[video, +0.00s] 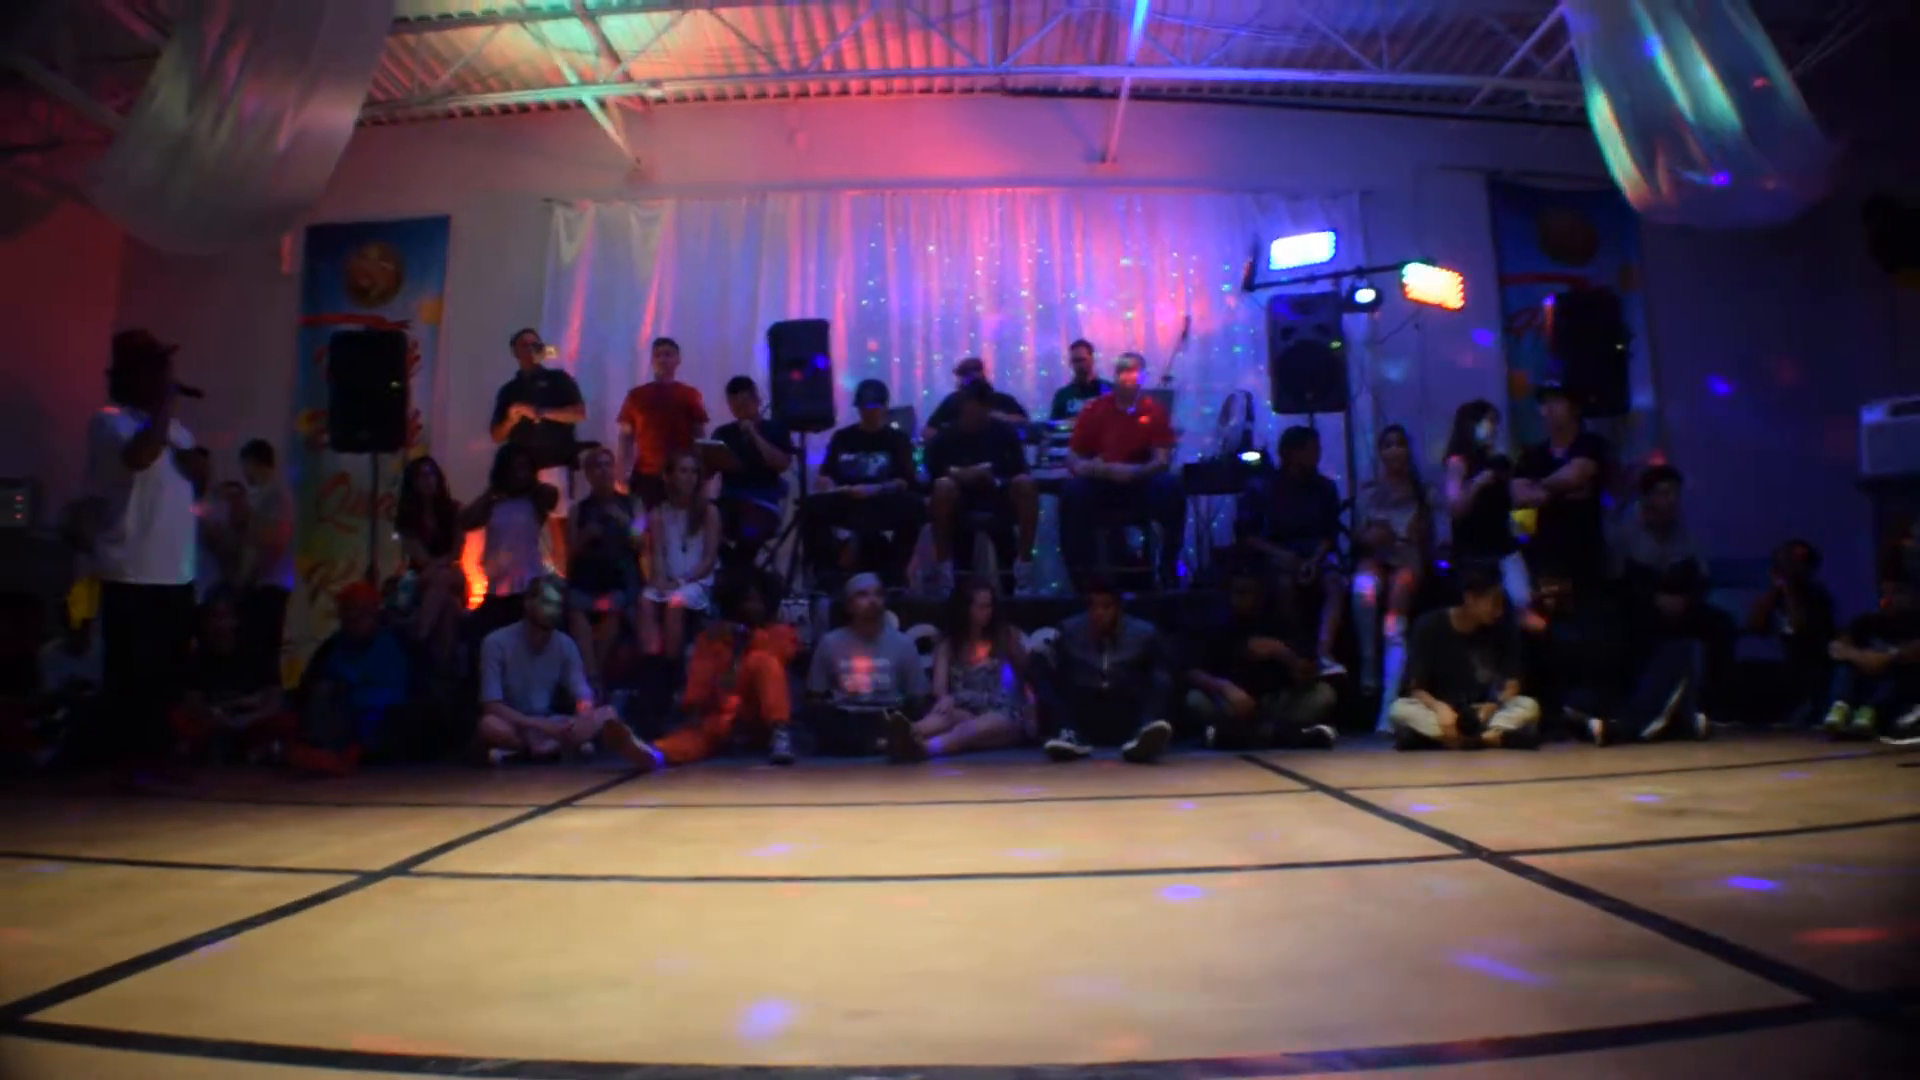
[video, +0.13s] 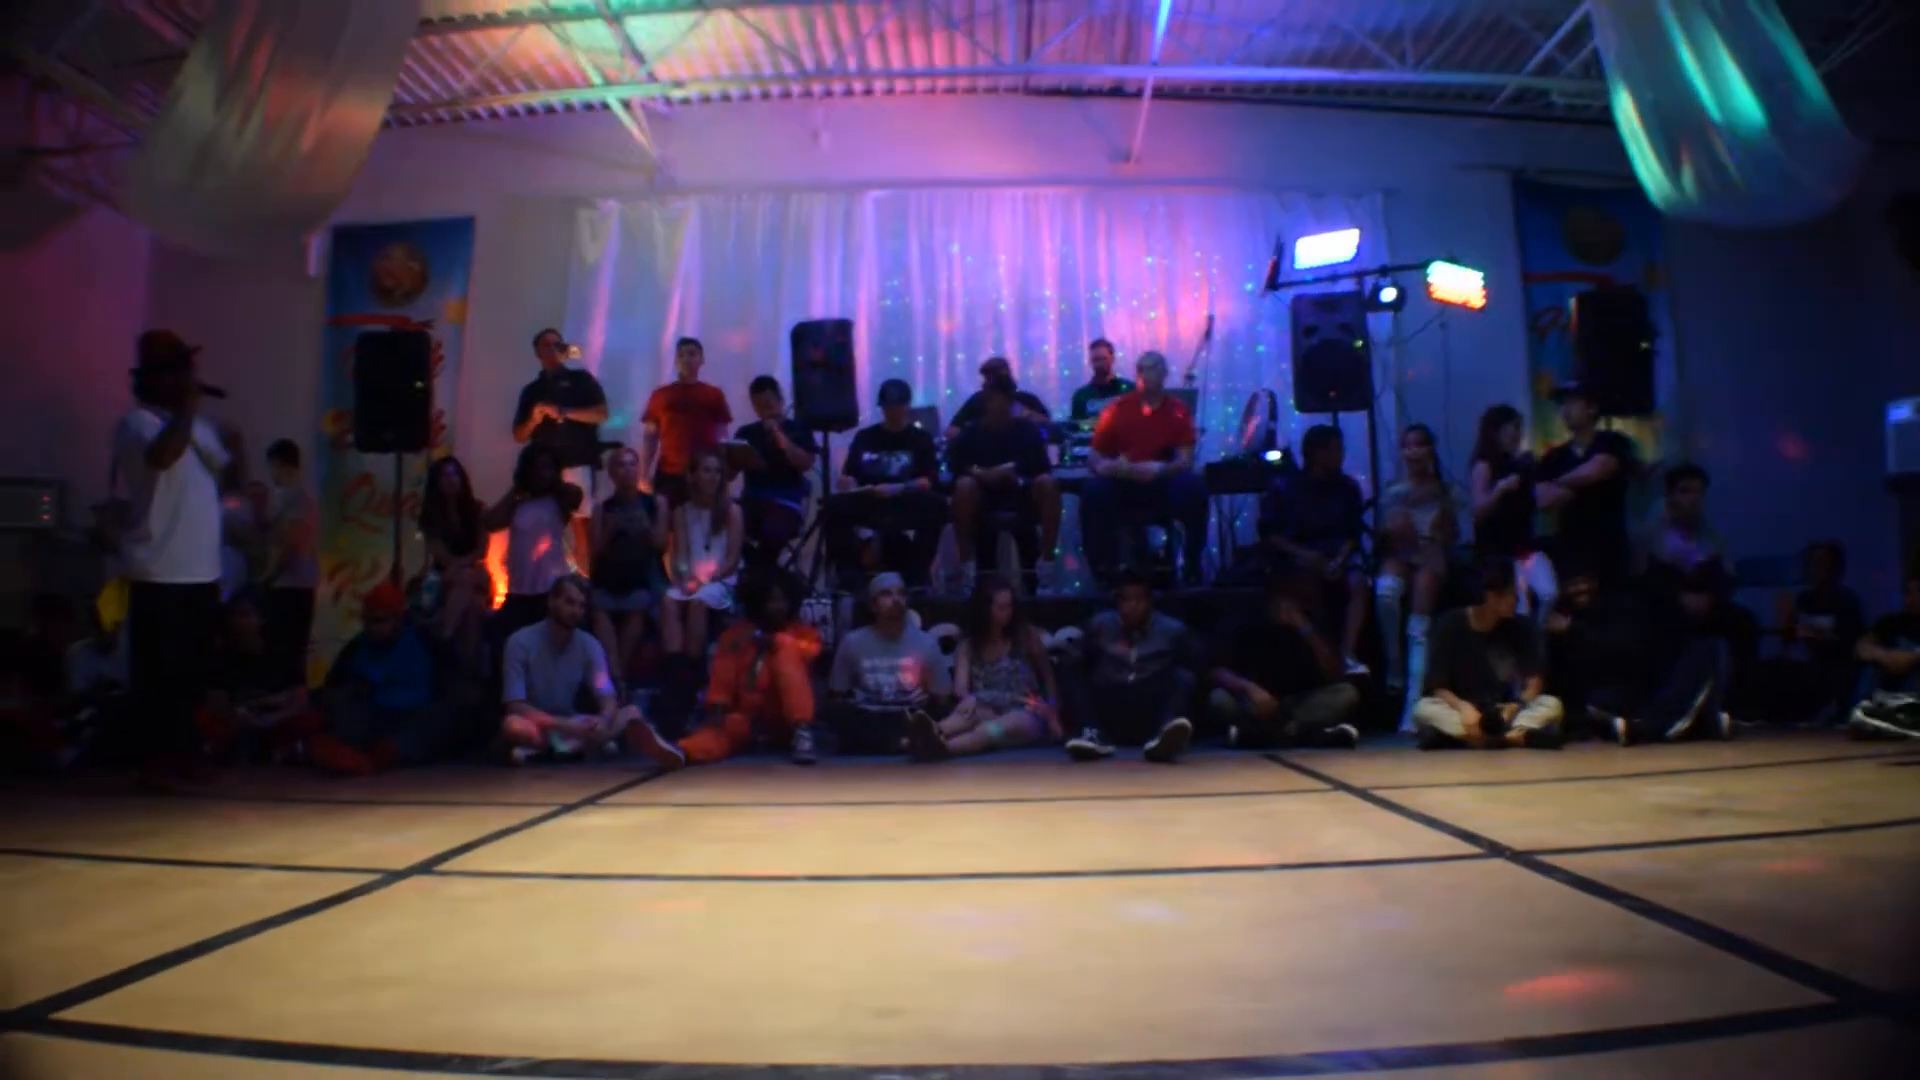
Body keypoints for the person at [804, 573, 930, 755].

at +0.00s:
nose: (872, 601)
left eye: (877, 594)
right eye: (863, 595)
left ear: (883, 600)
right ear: (850, 604)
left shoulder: (902, 644)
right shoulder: (831, 644)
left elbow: (918, 698)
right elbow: (815, 697)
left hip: (889, 722)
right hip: (843, 722)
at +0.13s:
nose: (895, 600)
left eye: (900, 594)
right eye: (886, 594)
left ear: (906, 599)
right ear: (873, 603)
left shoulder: (925, 643)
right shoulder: (853, 643)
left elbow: (941, 698)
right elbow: (837, 696)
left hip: (911, 714)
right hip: (867, 714)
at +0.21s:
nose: (894, 600)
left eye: (899, 594)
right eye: (885, 594)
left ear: (905, 600)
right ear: (872, 604)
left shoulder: (923, 642)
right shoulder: (852, 642)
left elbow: (940, 694)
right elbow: (836, 695)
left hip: (913, 710)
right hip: (868, 712)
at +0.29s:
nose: (890, 599)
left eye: (895, 593)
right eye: (882, 593)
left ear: (901, 599)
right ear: (868, 602)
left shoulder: (919, 641)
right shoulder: (848, 641)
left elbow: (936, 695)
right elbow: (832, 695)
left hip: (907, 710)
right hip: (863, 711)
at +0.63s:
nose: (895, 599)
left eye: (899, 593)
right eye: (886, 593)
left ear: (906, 598)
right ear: (872, 602)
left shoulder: (925, 641)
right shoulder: (852, 641)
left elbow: (943, 698)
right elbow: (837, 696)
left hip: (911, 711)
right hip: (867, 711)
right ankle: (901, 740)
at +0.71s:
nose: (894, 600)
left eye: (899, 593)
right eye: (885, 594)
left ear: (905, 599)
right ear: (872, 603)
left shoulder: (923, 641)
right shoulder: (851, 641)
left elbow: (942, 698)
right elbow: (836, 696)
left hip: (910, 713)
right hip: (867, 713)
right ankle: (900, 741)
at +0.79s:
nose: (893, 600)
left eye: (898, 594)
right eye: (885, 594)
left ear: (904, 599)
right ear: (872, 603)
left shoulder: (923, 642)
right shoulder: (851, 642)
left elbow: (942, 700)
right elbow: (836, 696)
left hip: (911, 712)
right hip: (867, 713)